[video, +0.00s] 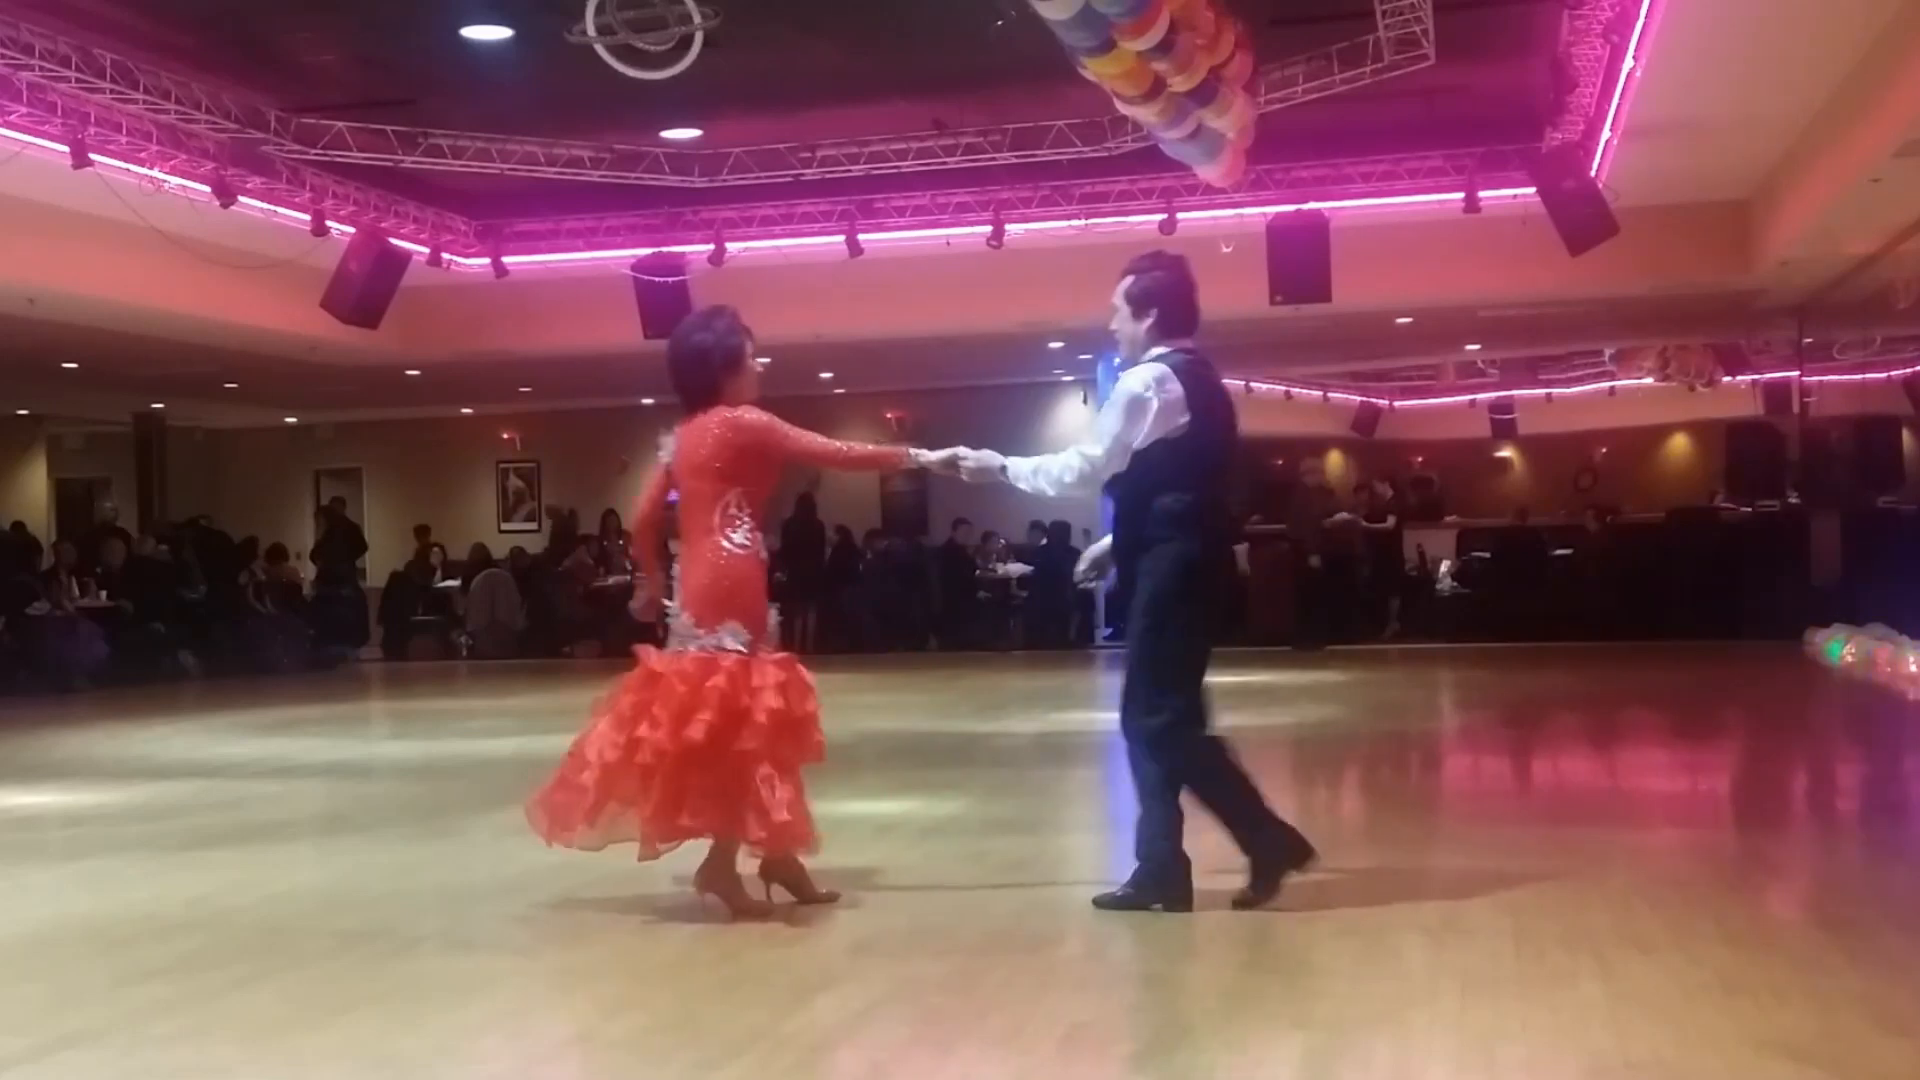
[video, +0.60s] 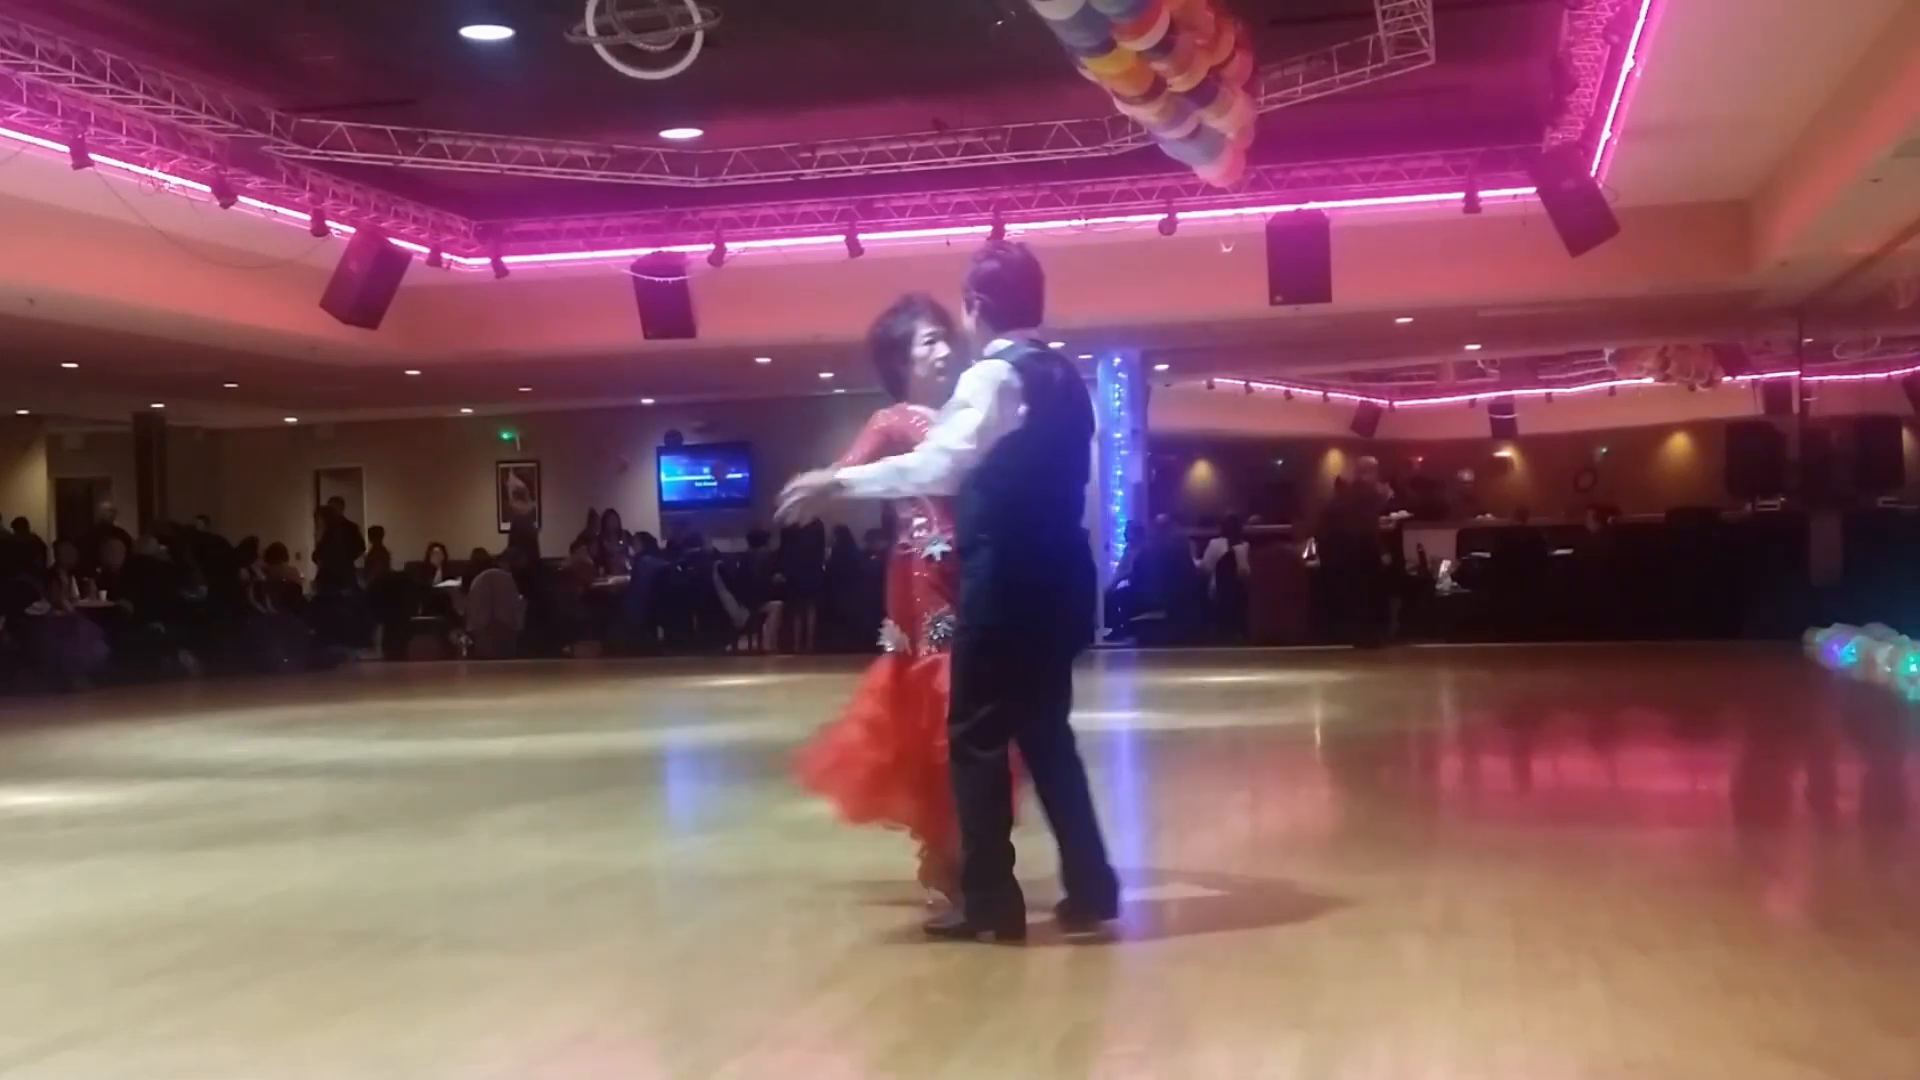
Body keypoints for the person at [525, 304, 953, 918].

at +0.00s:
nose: (759, 367)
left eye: (755, 355)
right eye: (750, 357)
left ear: (692, 372)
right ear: (726, 367)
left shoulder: (681, 438)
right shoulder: (744, 424)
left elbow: (643, 518)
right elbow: (835, 453)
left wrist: (647, 582)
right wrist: (925, 457)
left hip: (699, 577)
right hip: (735, 576)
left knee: (757, 718)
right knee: (736, 722)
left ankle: (779, 846)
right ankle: (720, 862)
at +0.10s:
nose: (783, 367)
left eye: (779, 356)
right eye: (773, 358)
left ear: (718, 373)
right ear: (749, 369)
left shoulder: (713, 438)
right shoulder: (760, 427)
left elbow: (680, 521)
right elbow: (850, 459)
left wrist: (704, 578)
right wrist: (939, 466)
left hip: (722, 580)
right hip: (751, 581)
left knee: (772, 715)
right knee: (779, 715)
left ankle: (777, 844)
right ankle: (750, 842)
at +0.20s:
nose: (819, 358)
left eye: (813, 347)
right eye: (806, 350)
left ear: (763, 368)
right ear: (777, 364)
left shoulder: (758, 426)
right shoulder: (785, 421)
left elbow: (738, 518)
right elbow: (872, 453)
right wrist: (963, 460)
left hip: (759, 579)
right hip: (778, 582)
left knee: (800, 715)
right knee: (824, 712)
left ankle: (797, 849)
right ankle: (791, 852)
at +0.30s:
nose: (857, 353)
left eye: (852, 342)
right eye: (843, 345)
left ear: (820, 359)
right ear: (814, 361)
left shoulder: (828, 425)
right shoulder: (813, 422)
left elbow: (851, 527)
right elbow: (893, 449)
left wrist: (907, 539)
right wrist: (976, 448)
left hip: (813, 580)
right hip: (810, 583)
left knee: (817, 723)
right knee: (873, 710)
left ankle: (784, 852)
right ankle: (903, 853)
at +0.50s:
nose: (919, 358)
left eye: (918, 347)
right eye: (905, 349)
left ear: (909, 359)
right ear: (872, 362)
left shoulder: (912, 428)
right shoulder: (872, 430)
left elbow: (931, 515)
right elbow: (876, 525)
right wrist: (898, 614)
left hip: (926, 585)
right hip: (898, 589)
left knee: (918, 716)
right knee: (906, 716)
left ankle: (853, 814)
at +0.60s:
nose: (939, 353)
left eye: (943, 341)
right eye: (924, 345)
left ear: (953, 348)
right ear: (898, 360)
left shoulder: (970, 417)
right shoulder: (893, 424)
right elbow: (845, 478)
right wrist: (816, 495)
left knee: (971, 712)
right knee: (941, 711)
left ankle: (964, 856)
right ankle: (943, 859)